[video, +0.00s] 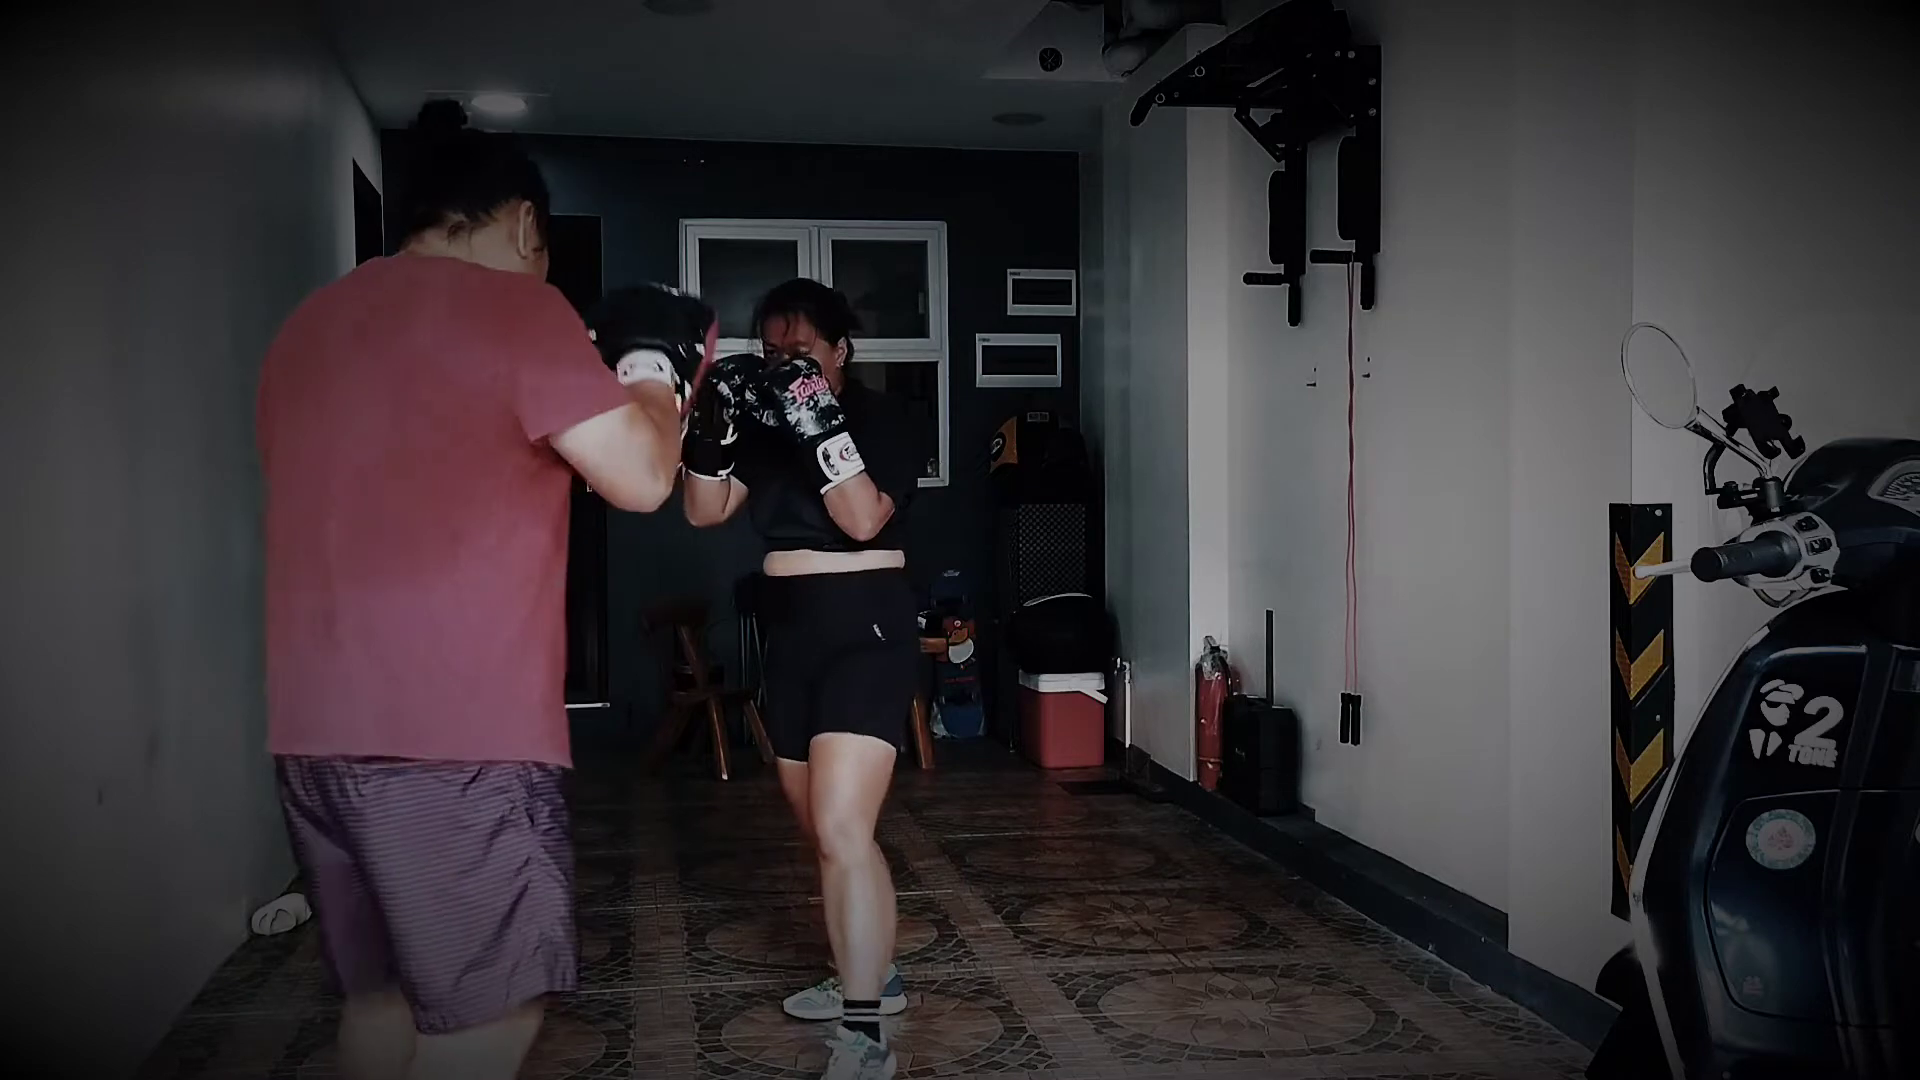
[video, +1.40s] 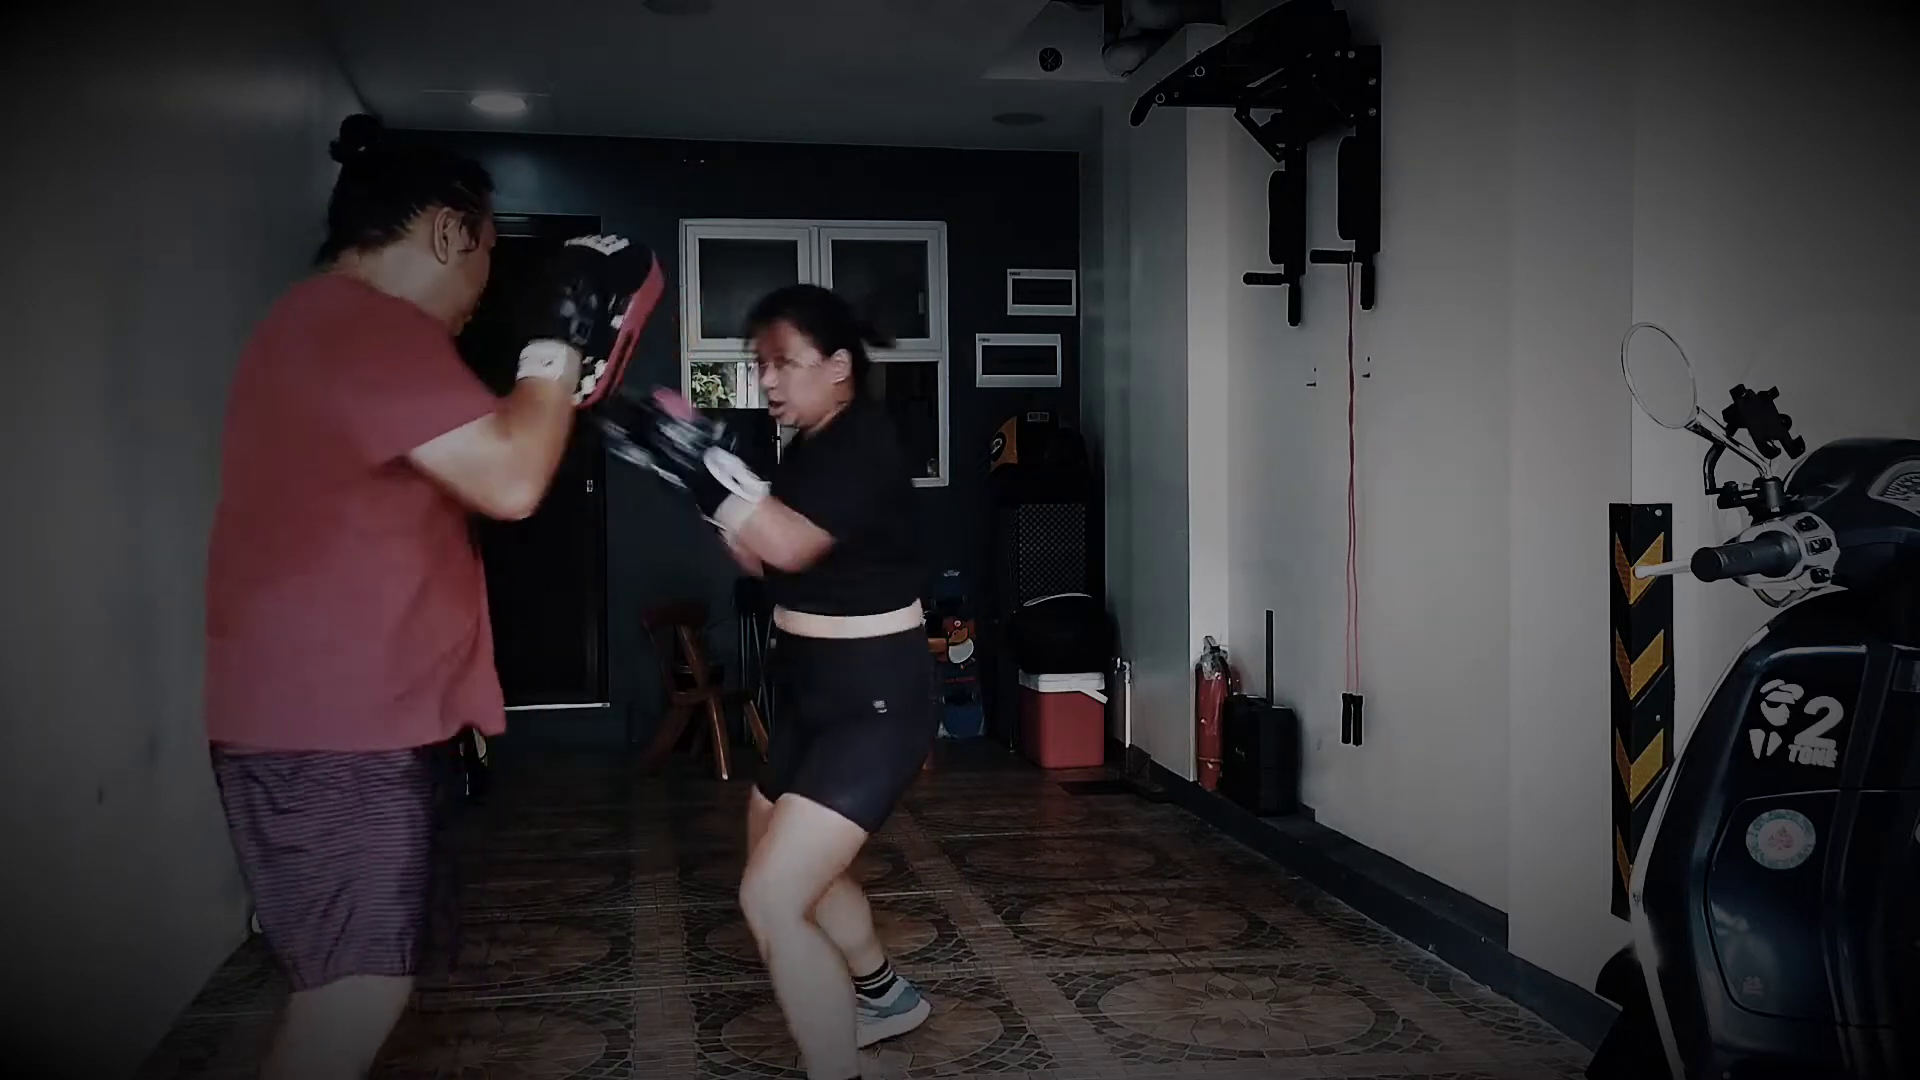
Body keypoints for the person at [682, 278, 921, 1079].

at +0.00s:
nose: (787, 364)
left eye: (802, 350)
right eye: (775, 352)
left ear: (841, 348)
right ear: (764, 354)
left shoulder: (881, 417)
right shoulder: (762, 419)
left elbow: (863, 520)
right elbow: (704, 513)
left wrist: (824, 425)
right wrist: (717, 427)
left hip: (869, 626)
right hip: (785, 629)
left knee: (843, 822)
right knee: (820, 822)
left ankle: (866, 1030)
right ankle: (870, 974)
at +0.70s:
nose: (728, 377)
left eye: (741, 358)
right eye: (721, 365)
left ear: (791, 357)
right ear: (727, 371)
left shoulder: (812, 414)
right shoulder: (798, 434)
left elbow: (771, 469)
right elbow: (779, 559)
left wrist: (690, 405)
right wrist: (721, 523)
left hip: (848, 649)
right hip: (881, 648)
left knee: (748, 841)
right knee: (823, 840)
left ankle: (849, 1033)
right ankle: (871, 990)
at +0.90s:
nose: (743, 362)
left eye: (758, 344)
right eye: (739, 347)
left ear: (812, 348)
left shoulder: (852, 422)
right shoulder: (754, 436)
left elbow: (805, 529)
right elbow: (752, 562)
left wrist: (713, 468)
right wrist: (703, 512)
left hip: (869, 666)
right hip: (794, 664)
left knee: (809, 886)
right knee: (777, 838)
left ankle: (857, 1068)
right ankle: (873, 983)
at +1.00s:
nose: (758, 364)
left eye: (777, 349)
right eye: (755, 347)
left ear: (833, 356)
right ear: (752, 351)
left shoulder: (884, 447)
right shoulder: (743, 433)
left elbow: (929, 580)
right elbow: (617, 455)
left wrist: (833, 536)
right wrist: (614, 370)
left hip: (878, 670)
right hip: (790, 673)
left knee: (831, 880)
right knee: (774, 868)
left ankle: (861, 1066)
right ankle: (884, 990)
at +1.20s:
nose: (755, 373)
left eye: (771, 355)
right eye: (748, 357)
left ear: (826, 358)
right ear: (748, 363)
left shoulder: (867, 442)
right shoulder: (764, 452)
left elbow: (863, 563)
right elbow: (706, 537)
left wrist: (778, 495)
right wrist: (649, 497)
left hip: (870, 674)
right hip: (800, 674)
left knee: (780, 880)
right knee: (816, 862)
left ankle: (854, 1069)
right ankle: (889, 993)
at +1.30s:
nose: (744, 385)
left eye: (760, 367)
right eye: (739, 368)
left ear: (814, 370)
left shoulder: (840, 433)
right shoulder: (775, 443)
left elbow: (740, 500)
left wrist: (664, 430)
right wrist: (721, 528)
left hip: (872, 682)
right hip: (804, 674)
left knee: (764, 896)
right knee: (812, 867)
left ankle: (836, 1074)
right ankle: (884, 995)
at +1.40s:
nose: (767, 383)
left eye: (782, 363)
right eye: (761, 366)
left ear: (840, 364)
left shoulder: (867, 442)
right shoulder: (796, 447)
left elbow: (789, 544)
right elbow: (755, 552)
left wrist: (715, 469)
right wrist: (702, 473)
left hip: (878, 697)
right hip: (804, 687)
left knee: (771, 897)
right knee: (783, 864)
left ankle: (837, 1072)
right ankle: (881, 991)